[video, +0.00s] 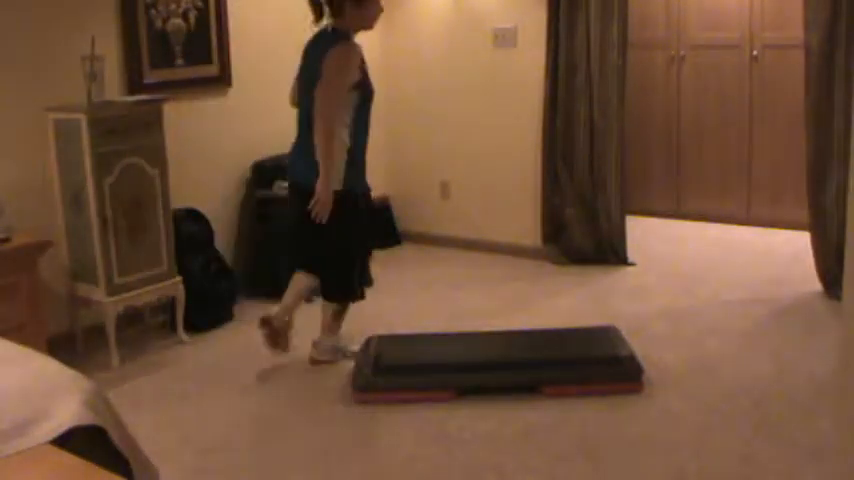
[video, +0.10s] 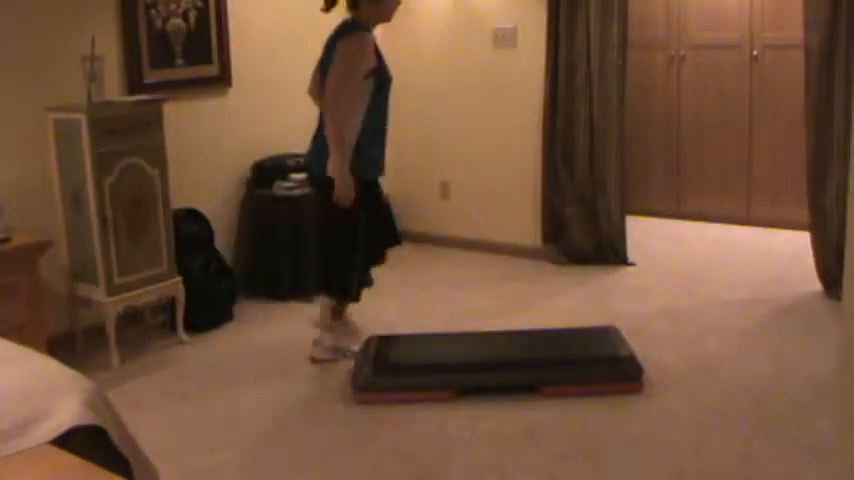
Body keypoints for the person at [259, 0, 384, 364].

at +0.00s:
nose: (380, 9)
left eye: (379, 2)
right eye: (375, 2)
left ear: (340, 7)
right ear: (352, 6)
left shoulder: (319, 44)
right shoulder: (345, 52)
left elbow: (298, 97)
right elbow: (329, 122)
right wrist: (326, 182)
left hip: (309, 177)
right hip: (341, 184)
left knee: (317, 254)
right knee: (345, 264)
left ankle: (282, 314)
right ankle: (328, 342)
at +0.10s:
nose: (397, 6)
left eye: (397, 1)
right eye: (393, 0)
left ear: (363, 2)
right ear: (374, 1)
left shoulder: (345, 33)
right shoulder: (358, 39)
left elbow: (317, 90)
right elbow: (336, 102)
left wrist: (349, 138)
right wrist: (341, 166)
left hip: (342, 167)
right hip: (349, 172)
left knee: (353, 245)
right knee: (348, 251)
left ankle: (336, 321)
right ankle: (330, 334)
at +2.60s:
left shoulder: (448, 24)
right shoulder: (388, 26)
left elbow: (499, 47)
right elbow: (338, 39)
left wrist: (477, 31)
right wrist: (287, 35)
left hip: (450, 148)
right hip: (411, 149)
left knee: (406, 229)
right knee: (423, 228)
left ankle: (413, 319)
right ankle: (456, 295)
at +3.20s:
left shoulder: (436, 7)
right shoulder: (362, 7)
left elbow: (472, 35)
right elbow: (326, 35)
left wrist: (509, 61)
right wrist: (289, 69)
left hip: (425, 128)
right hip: (379, 127)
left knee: (415, 223)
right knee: (367, 216)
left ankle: (414, 316)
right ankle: (386, 270)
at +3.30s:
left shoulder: (435, 11)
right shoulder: (362, 8)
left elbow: (489, 28)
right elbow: (313, 22)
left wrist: (528, 21)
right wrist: (264, 35)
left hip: (425, 135)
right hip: (377, 136)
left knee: (412, 230)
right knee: (380, 228)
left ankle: (414, 318)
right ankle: (381, 305)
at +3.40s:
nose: (404, 7)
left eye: (410, 3)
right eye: (398, 2)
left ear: (419, 3)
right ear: (386, 1)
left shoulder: (434, 32)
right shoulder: (362, 29)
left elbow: (489, 25)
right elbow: (309, 27)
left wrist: (527, 5)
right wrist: (264, 15)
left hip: (425, 149)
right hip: (378, 151)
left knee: (412, 233)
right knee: (382, 237)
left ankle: (415, 318)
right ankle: (385, 312)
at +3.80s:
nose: (460, 6)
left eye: (461, 3)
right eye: (453, 2)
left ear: (463, 6)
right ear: (432, 3)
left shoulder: (466, 38)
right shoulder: (404, 35)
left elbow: (474, 85)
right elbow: (362, 77)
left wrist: (485, 125)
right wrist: (348, 127)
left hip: (455, 152)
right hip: (410, 153)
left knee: (472, 227)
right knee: (400, 235)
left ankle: (466, 298)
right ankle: (382, 313)